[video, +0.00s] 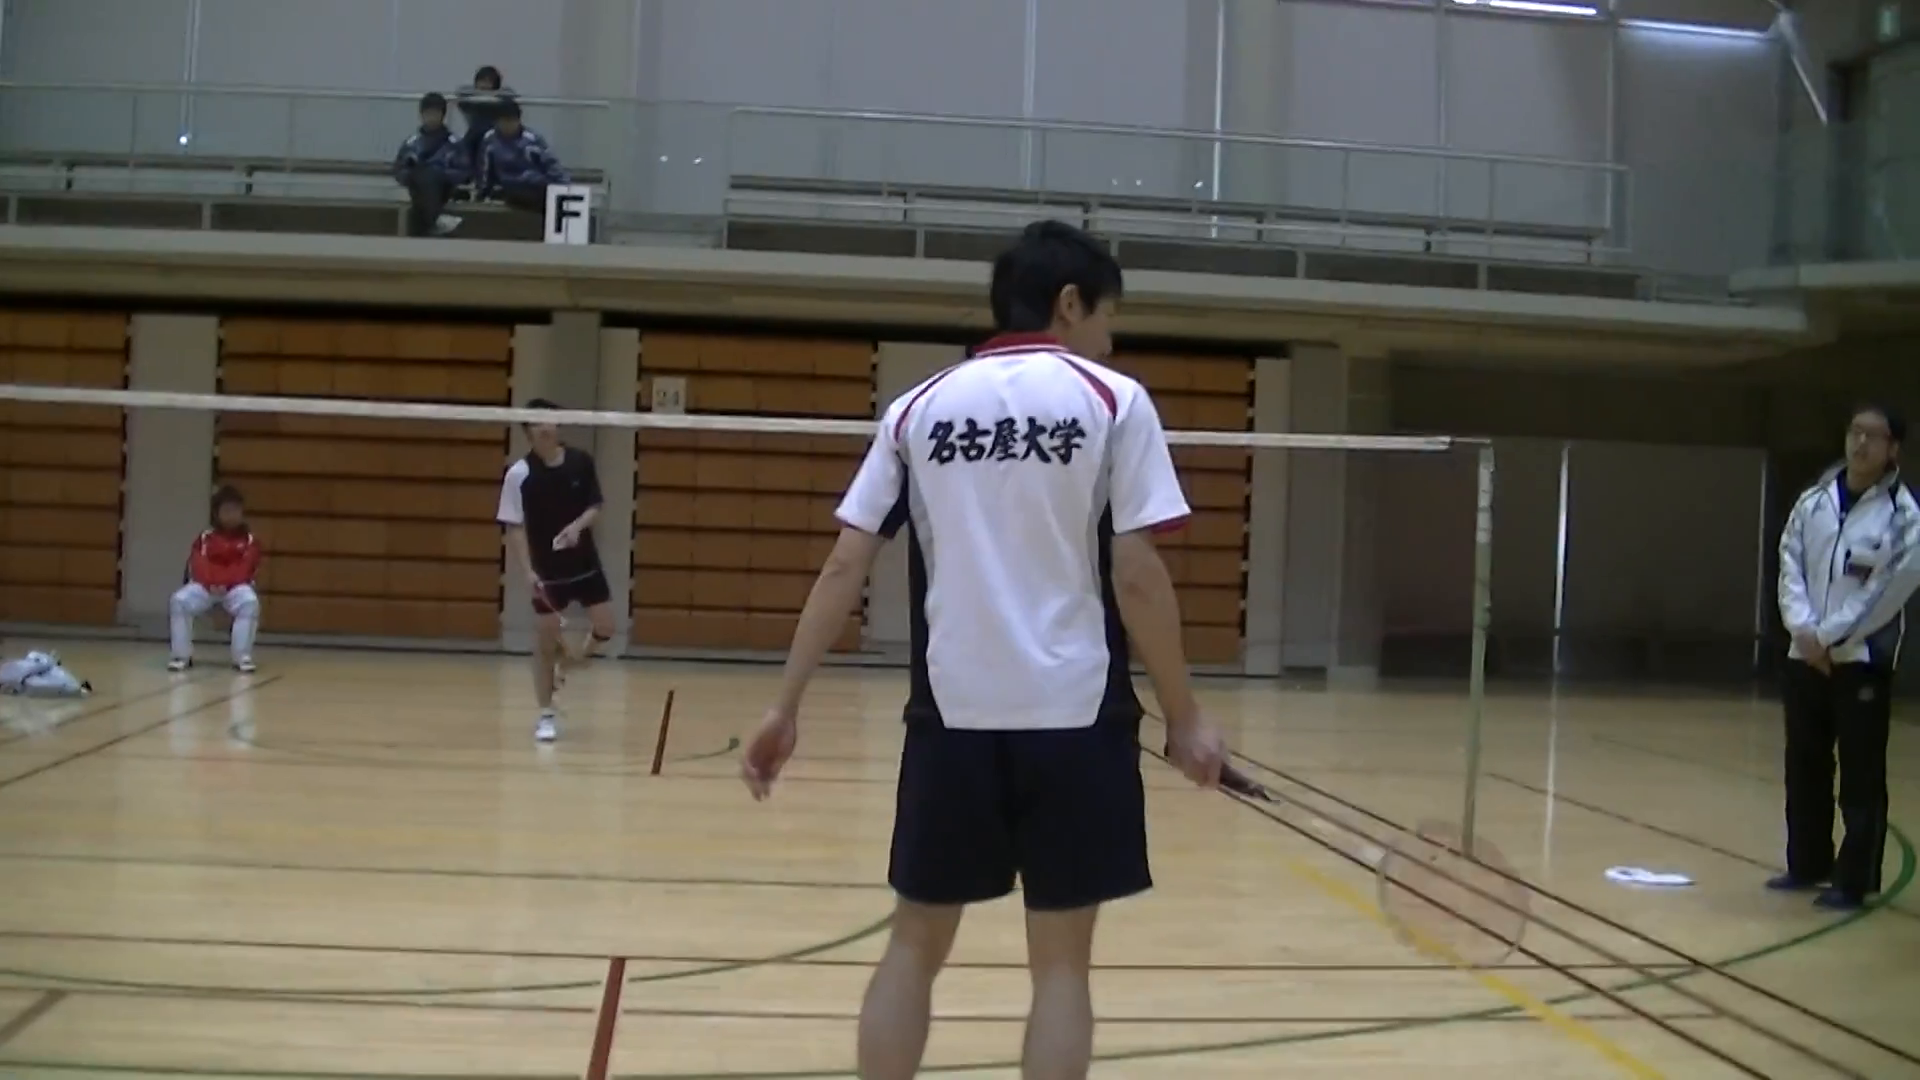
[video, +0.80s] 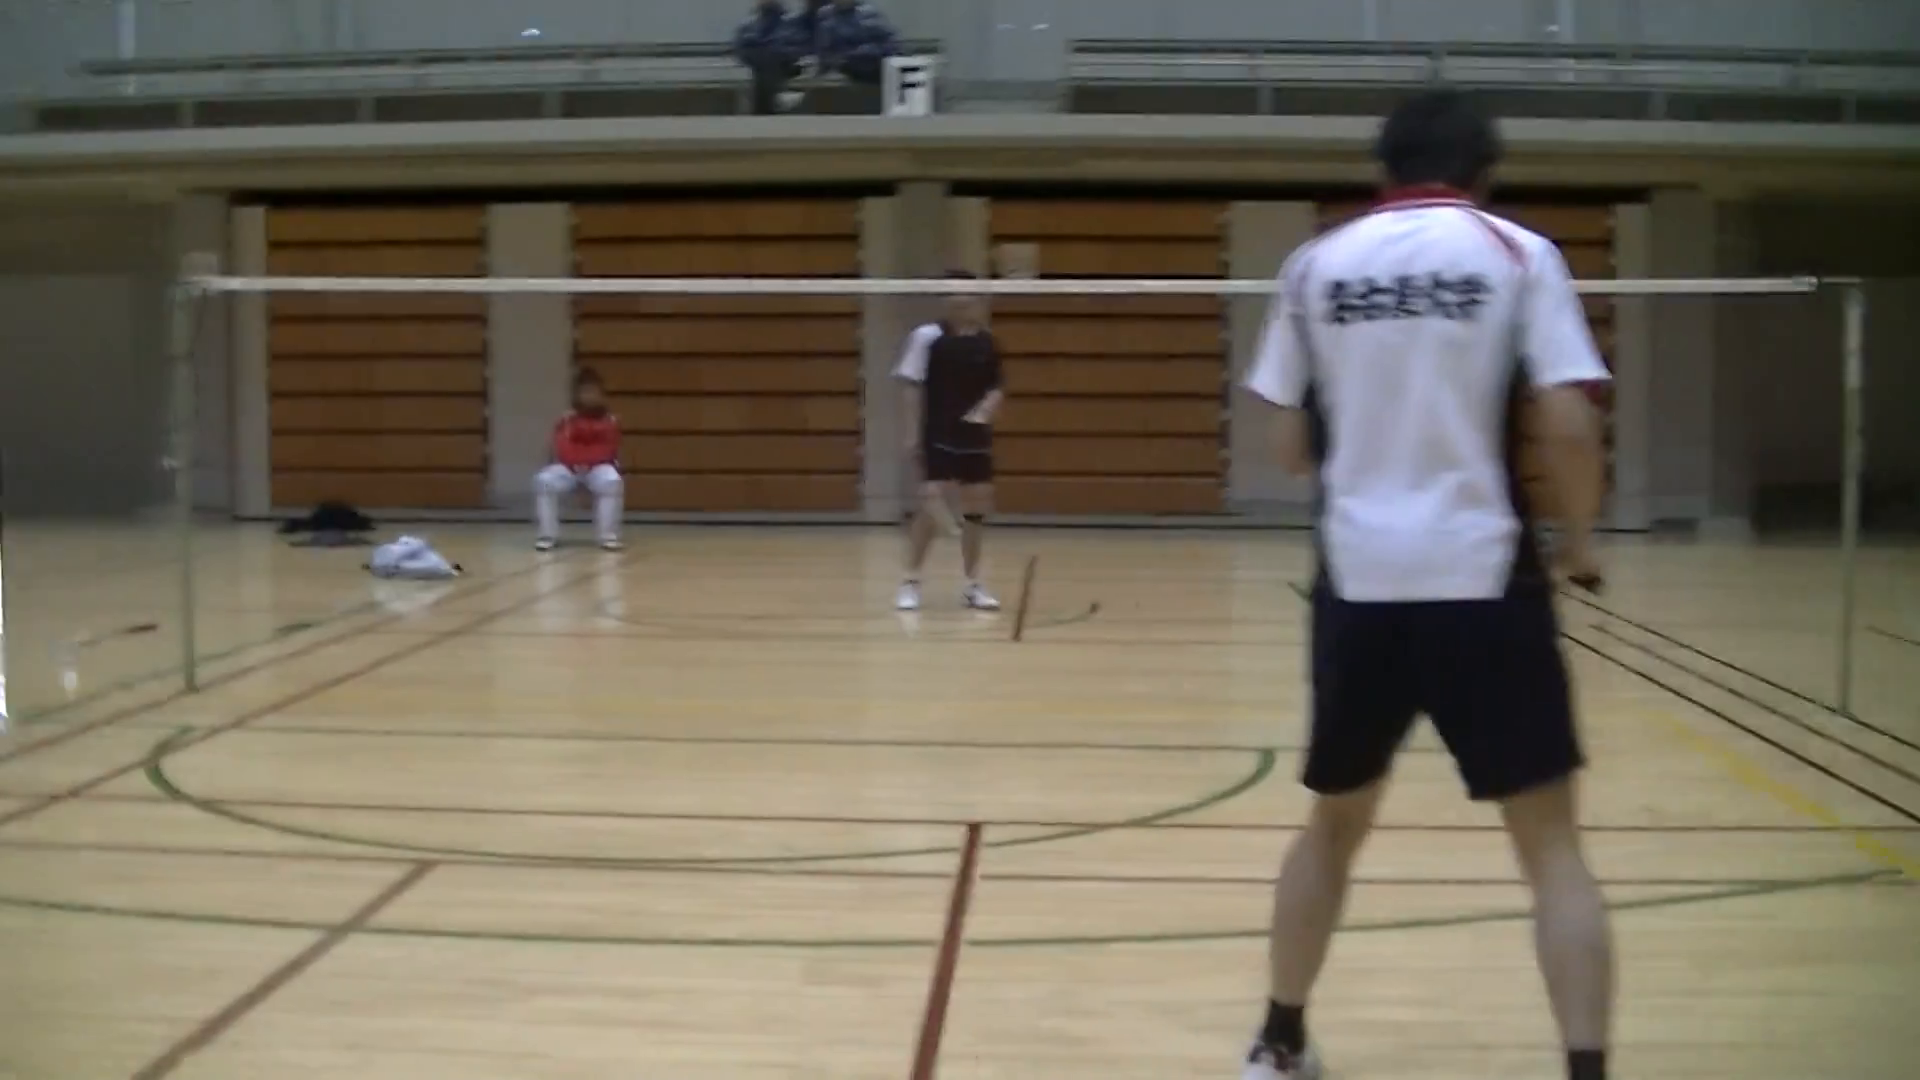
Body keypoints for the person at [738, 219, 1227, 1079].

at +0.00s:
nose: (1108, 337)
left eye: (1111, 318)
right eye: (1105, 316)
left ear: (1006, 306)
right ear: (1066, 305)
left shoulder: (917, 407)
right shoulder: (1113, 400)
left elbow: (844, 565)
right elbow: (1137, 570)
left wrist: (784, 707)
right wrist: (1185, 717)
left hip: (949, 731)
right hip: (1074, 732)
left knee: (910, 949)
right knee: (1061, 966)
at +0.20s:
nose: (1079, 276)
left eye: (1079, 257)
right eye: (1078, 255)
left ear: (979, 243)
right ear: (1050, 240)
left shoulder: (888, 334)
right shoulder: (1068, 333)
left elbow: (825, 503)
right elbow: (1075, 500)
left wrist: (829, 623)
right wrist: (1119, 649)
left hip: (912, 656)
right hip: (1024, 656)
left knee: (921, 892)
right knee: (1034, 901)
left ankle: (907, 1074)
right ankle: (1022, 1076)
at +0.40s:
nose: (1094, 246)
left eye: (1094, 236)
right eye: (1094, 235)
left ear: (989, 226)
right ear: (1079, 230)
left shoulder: (913, 306)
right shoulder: (1090, 296)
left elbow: (874, 483)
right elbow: (1107, 459)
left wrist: (935, 533)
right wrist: (1151, 591)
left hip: (936, 616)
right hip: (1055, 612)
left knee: (962, 855)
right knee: (1071, 855)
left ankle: (942, 1066)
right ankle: (1049, 1067)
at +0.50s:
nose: (1146, 247)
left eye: (1146, 237)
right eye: (1146, 236)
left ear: (1039, 225)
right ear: (1131, 231)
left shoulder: (964, 306)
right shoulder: (1148, 295)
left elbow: (934, 483)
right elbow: (1176, 458)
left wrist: (1014, 474)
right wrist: (1209, 580)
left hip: (994, 618)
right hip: (1113, 613)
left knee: (1013, 852)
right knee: (1144, 851)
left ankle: (988, 1063)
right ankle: (1125, 1061)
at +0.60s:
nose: (1227, 243)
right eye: (1225, 231)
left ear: (1121, 226)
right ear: (1214, 228)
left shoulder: (1050, 305)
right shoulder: (1239, 294)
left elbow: (1022, 477)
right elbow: (1276, 447)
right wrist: (1299, 569)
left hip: (1084, 619)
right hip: (1204, 614)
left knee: (1095, 852)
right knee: (1255, 853)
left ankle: (1063, 1059)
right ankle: (1260, 1062)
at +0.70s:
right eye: (1337, 207)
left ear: (1242, 207)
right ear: (1336, 208)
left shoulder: (1171, 292)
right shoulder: (1366, 281)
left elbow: (1143, 463)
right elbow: (1409, 437)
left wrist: (1220, 444)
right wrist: (1426, 561)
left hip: (1210, 611)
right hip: (1330, 606)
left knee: (1206, 844)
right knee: (1399, 851)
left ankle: (1165, 1053)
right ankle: (1430, 1062)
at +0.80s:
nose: (1478, 186)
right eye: (1481, 171)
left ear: (1385, 170)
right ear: (1480, 172)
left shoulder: (1316, 264)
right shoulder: (1522, 257)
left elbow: (1290, 442)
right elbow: (1566, 422)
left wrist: (1374, 434)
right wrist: (1578, 543)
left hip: (1358, 596)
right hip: (1484, 596)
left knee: (1331, 824)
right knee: (1551, 845)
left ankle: (1278, 1041)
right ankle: (1588, 1069)